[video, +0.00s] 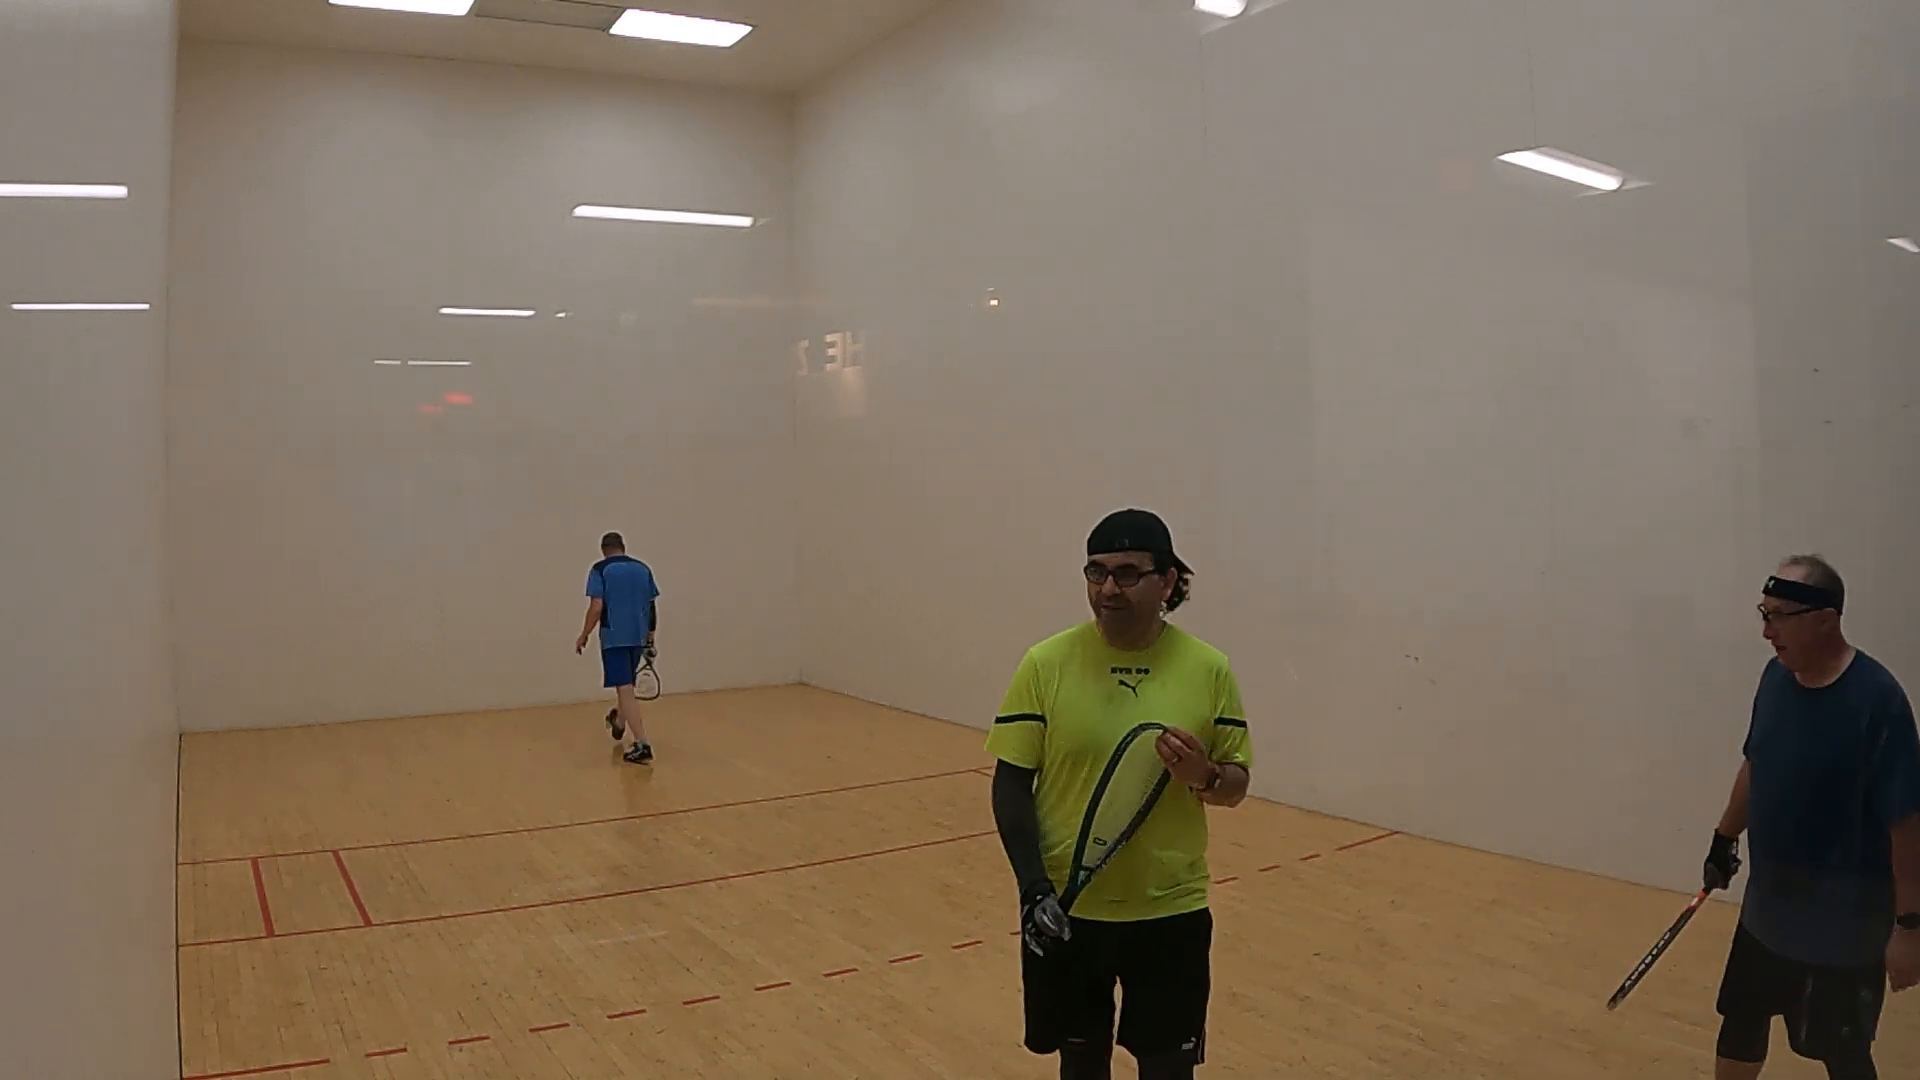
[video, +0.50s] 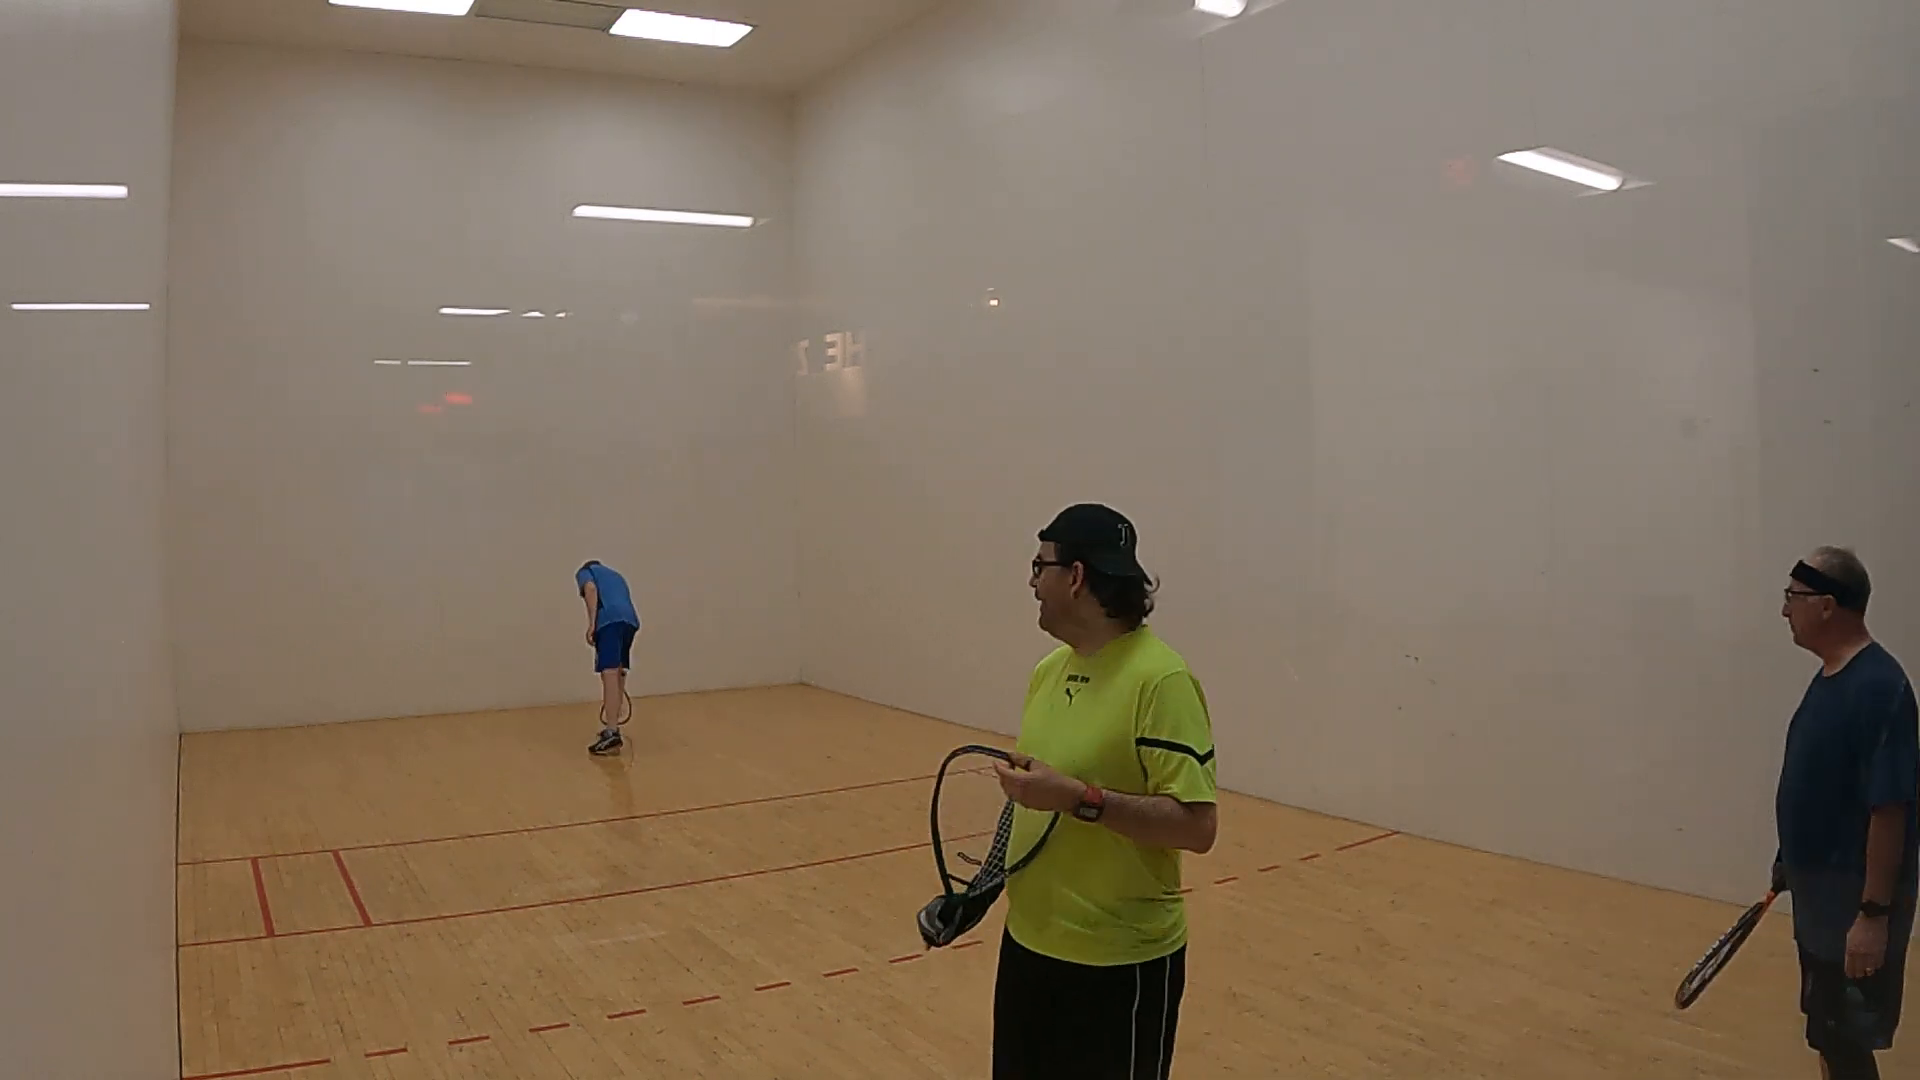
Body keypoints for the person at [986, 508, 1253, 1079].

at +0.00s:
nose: (1109, 587)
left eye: (1130, 573)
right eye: (1098, 572)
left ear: (1169, 582)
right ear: (1086, 578)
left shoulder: (1207, 670)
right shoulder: (1046, 666)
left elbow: (1235, 785)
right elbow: (1011, 787)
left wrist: (1207, 777)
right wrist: (1034, 890)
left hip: (1170, 914)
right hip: (1069, 912)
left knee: (1168, 1067)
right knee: (1081, 1061)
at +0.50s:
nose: (1031, 583)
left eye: (1040, 567)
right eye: (1035, 567)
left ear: (1076, 578)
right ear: (1076, 578)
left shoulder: (1163, 680)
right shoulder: (1048, 671)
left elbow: (1198, 827)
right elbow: (1028, 811)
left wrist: (1077, 797)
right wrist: (975, 898)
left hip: (1121, 967)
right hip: (1031, 948)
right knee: (1017, 1071)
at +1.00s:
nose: (981, 604)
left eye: (980, 589)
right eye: (981, 589)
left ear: (990, 591)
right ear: (1067, 590)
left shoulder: (1013, 693)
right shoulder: (1112, 671)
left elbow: (941, 845)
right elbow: (1073, 800)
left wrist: (945, 767)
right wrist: (981, 754)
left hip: (1025, 982)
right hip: (1107, 960)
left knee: (981, 1073)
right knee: (1063, 1071)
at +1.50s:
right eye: (1065, 578)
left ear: (968, 595)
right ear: (1060, 586)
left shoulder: (929, 696)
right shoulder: (1122, 685)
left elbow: (901, 842)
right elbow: (1137, 824)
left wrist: (975, 792)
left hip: (983, 1014)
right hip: (1112, 1005)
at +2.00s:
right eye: (1169, 586)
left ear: (1067, 596)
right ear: (1160, 596)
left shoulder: (1019, 697)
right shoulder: (1211, 697)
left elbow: (979, 833)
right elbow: (1216, 830)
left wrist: (1056, 791)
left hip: (1044, 1018)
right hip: (1174, 1012)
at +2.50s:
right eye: (1186, 585)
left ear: (1082, 599)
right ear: (1178, 596)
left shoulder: (1039, 703)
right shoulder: (1230, 701)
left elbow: (994, 838)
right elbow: (1232, 833)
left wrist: (1069, 796)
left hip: (1061, 1016)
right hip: (1188, 1010)